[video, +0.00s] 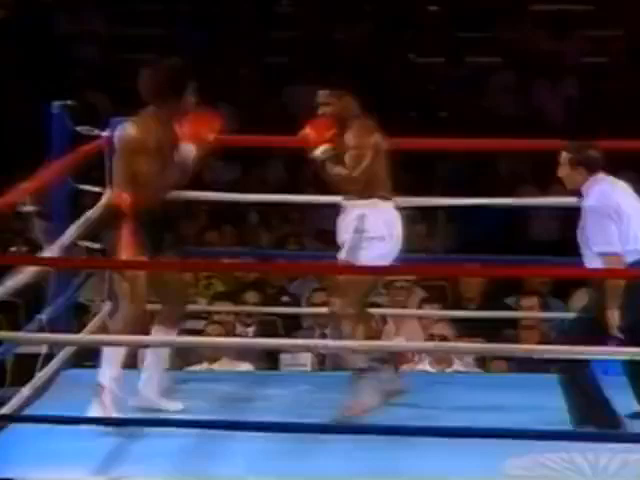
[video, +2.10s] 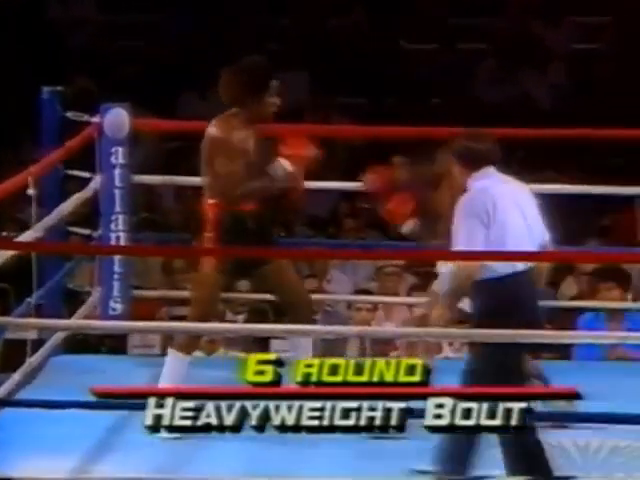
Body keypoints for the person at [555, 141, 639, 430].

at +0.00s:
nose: (559, 172)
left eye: (564, 166)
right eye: (560, 165)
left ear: (580, 169)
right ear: (588, 167)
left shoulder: (597, 201)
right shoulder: (618, 187)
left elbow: (614, 261)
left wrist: (613, 307)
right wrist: (593, 290)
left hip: (618, 287)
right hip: (632, 281)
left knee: (567, 346)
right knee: (632, 354)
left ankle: (601, 424)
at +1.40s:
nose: (573, 175)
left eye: (573, 170)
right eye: (573, 171)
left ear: (579, 170)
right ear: (612, 168)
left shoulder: (575, 206)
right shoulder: (636, 196)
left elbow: (569, 264)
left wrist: (563, 313)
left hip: (596, 299)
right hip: (636, 298)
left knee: (575, 388)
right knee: (634, 387)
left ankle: (590, 466)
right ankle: (636, 464)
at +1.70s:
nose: (533, 178)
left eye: (534, 172)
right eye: (533, 172)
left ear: (543, 172)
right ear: (574, 169)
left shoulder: (544, 205)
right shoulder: (603, 199)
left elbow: (543, 266)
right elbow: (631, 253)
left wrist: (533, 311)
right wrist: (632, 305)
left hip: (564, 295)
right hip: (601, 292)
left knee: (547, 381)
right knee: (600, 375)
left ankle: (558, 465)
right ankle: (630, 457)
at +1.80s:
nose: (512, 179)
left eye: (515, 172)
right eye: (512, 172)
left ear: (528, 171)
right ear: (557, 168)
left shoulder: (532, 203)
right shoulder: (586, 200)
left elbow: (534, 261)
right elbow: (614, 257)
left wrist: (519, 308)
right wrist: (610, 305)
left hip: (549, 291)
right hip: (584, 290)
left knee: (536, 380)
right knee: (583, 375)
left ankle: (553, 467)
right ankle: (621, 463)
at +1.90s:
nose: (491, 174)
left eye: (492, 166)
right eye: (491, 166)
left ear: (504, 166)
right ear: (530, 162)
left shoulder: (512, 194)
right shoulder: (561, 191)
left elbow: (512, 256)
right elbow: (583, 254)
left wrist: (495, 305)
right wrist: (579, 303)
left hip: (531, 285)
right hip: (563, 281)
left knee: (521, 376)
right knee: (549, 374)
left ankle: (543, 465)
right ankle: (571, 460)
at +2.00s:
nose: (470, 168)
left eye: (472, 161)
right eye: (470, 161)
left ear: (484, 161)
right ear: (514, 156)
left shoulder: (495, 193)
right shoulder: (544, 188)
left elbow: (491, 257)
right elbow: (566, 246)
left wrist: (481, 305)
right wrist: (560, 295)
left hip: (514, 283)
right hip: (547, 279)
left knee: (511, 375)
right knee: (522, 369)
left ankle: (535, 464)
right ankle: (523, 458)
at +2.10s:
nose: (452, 176)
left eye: (453, 167)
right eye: (452, 168)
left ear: (464, 165)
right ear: (491, 161)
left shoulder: (473, 198)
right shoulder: (520, 189)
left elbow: (469, 264)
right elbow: (543, 249)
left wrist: (446, 303)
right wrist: (531, 288)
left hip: (494, 292)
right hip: (524, 288)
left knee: (503, 383)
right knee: (479, 379)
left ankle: (533, 469)